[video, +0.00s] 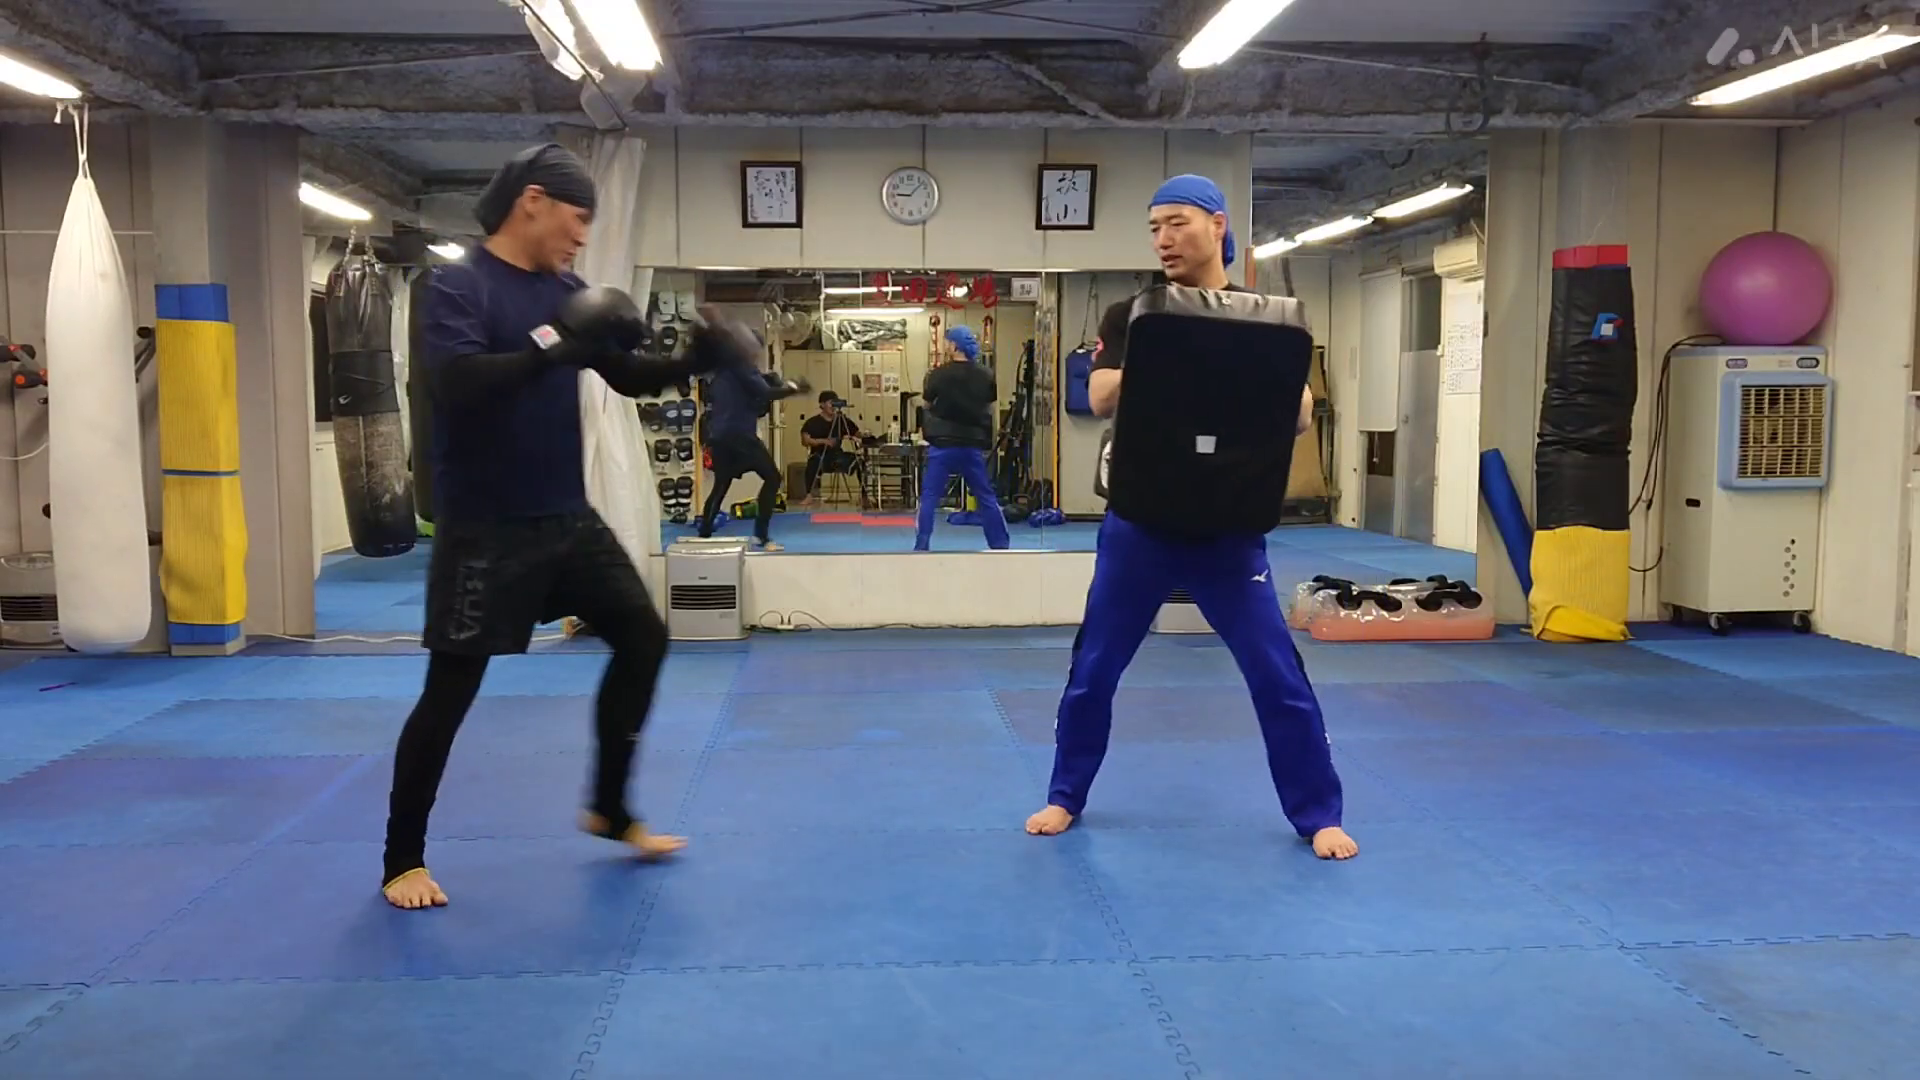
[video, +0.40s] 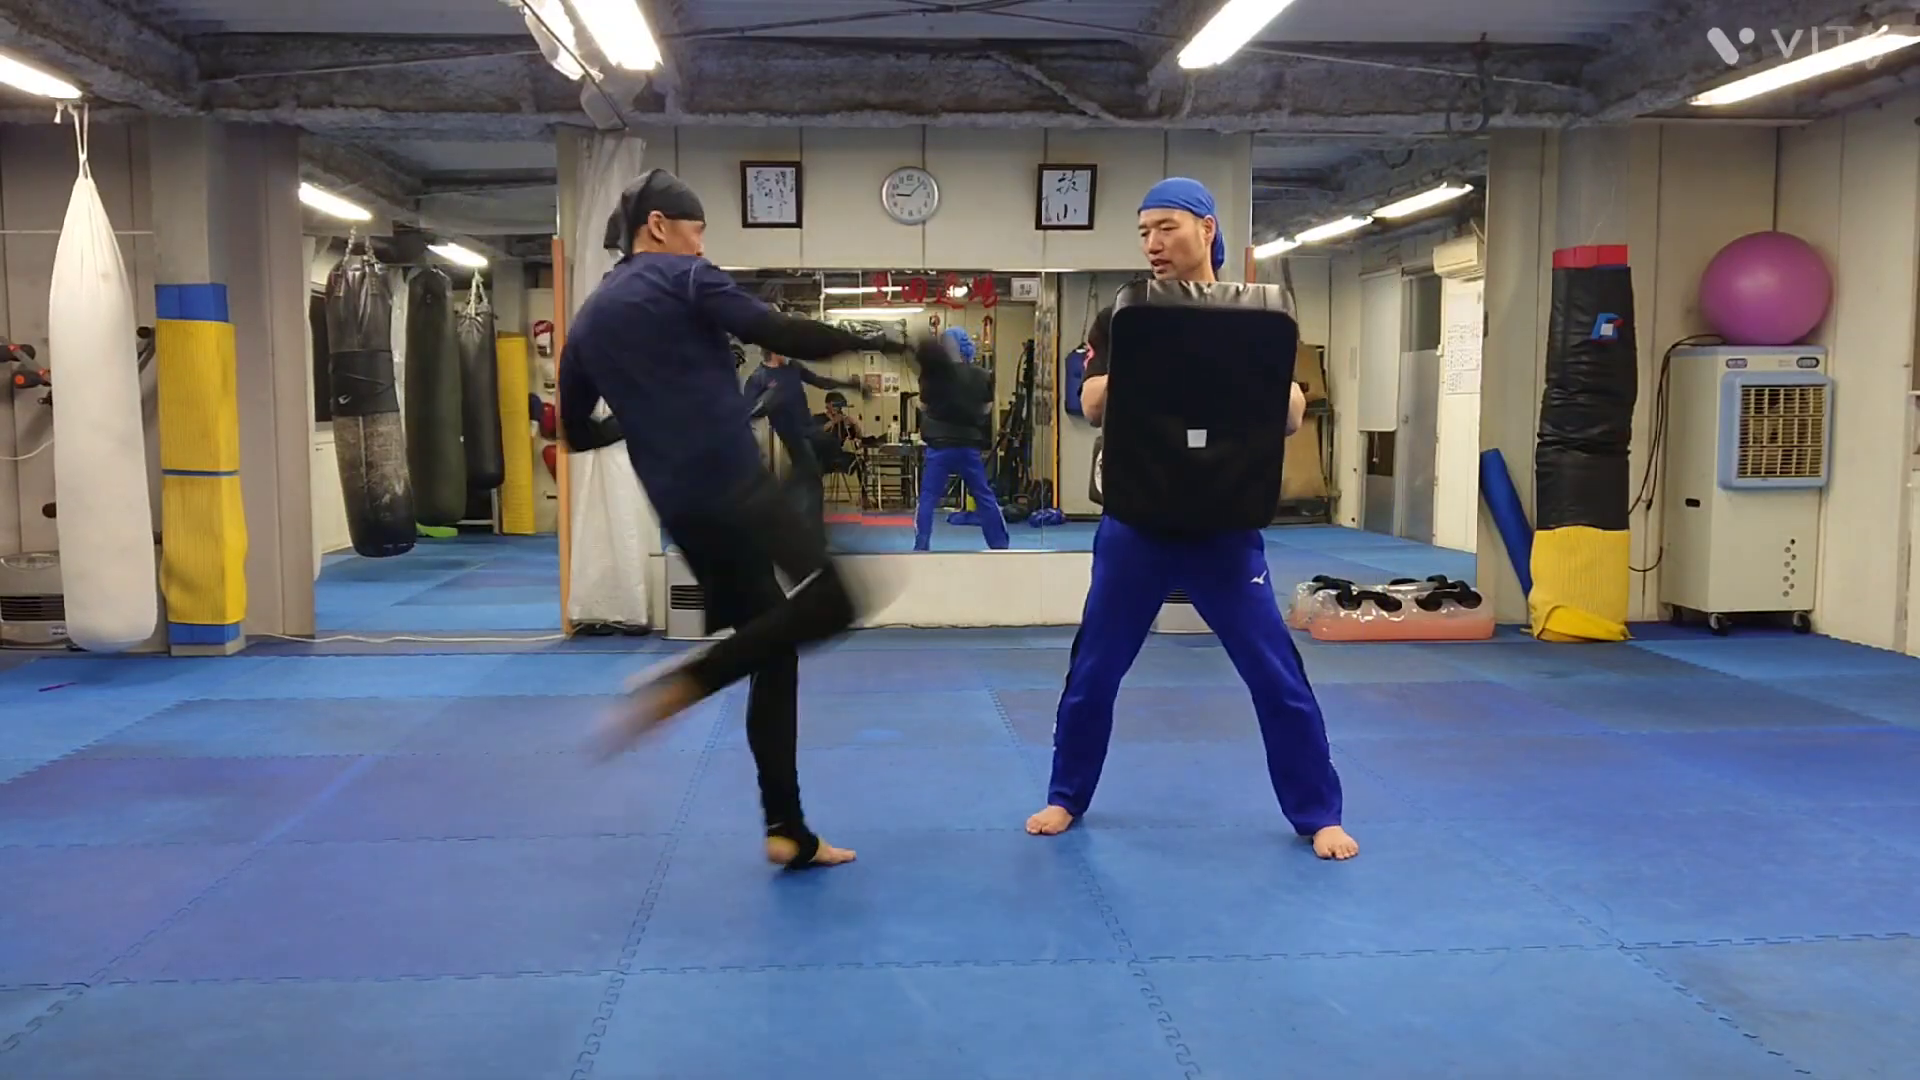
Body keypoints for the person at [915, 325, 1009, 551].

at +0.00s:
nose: (945, 347)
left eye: (947, 343)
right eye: (946, 342)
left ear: (954, 346)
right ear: (970, 347)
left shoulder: (941, 373)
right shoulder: (985, 375)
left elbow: (928, 395)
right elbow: (991, 398)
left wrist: (936, 372)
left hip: (943, 443)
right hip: (973, 443)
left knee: (930, 496)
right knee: (985, 495)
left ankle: (921, 545)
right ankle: (1000, 545)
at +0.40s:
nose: (945, 350)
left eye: (945, 346)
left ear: (943, 350)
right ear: (967, 348)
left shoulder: (932, 374)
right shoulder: (979, 375)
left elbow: (924, 405)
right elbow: (986, 407)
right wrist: (966, 414)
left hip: (939, 445)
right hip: (969, 444)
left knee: (928, 497)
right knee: (983, 495)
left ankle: (921, 546)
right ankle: (999, 544)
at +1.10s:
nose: (968, 351)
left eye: (971, 347)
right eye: (970, 347)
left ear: (978, 351)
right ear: (993, 351)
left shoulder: (964, 379)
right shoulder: (1008, 378)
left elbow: (952, 411)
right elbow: (1020, 412)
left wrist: (973, 420)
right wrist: (999, 422)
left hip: (966, 450)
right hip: (997, 450)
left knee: (943, 501)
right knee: (1013, 503)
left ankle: (922, 549)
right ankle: (1033, 550)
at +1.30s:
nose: (983, 342)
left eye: (986, 338)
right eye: (985, 337)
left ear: (995, 343)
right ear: (1009, 343)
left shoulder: (982, 371)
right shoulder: (1025, 371)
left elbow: (968, 403)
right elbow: (1035, 397)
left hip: (985, 443)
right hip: (1015, 443)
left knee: (964, 492)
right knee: (1022, 497)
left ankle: (953, 544)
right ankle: (1034, 548)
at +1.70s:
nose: (990, 344)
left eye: (993, 340)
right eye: (992, 340)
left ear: (1000, 345)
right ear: (1017, 344)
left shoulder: (989, 374)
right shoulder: (1036, 373)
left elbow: (978, 406)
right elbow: (1049, 404)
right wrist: (1036, 421)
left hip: (994, 444)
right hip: (1025, 444)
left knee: (987, 499)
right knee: (1043, 495)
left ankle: (986, 552)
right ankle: (1063, 546)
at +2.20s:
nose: (1007, 341)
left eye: (1007, 338)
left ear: (1009, 338)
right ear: (1031, 336)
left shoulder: (1000, 362)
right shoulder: (1045, 361)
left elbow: (986, 395)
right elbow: (1054, 397)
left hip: (1005, 436)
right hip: (1039, 436)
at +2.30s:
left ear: (1020, 348)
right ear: (1048, 351)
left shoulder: (1002, 370)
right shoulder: (1052, 372)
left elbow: (990, 398)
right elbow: (1066, 404)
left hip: (1008, 444)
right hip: (1042, 444)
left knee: (996, 498)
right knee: (1062, 491)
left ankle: (986, 551)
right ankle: (1071, 546)